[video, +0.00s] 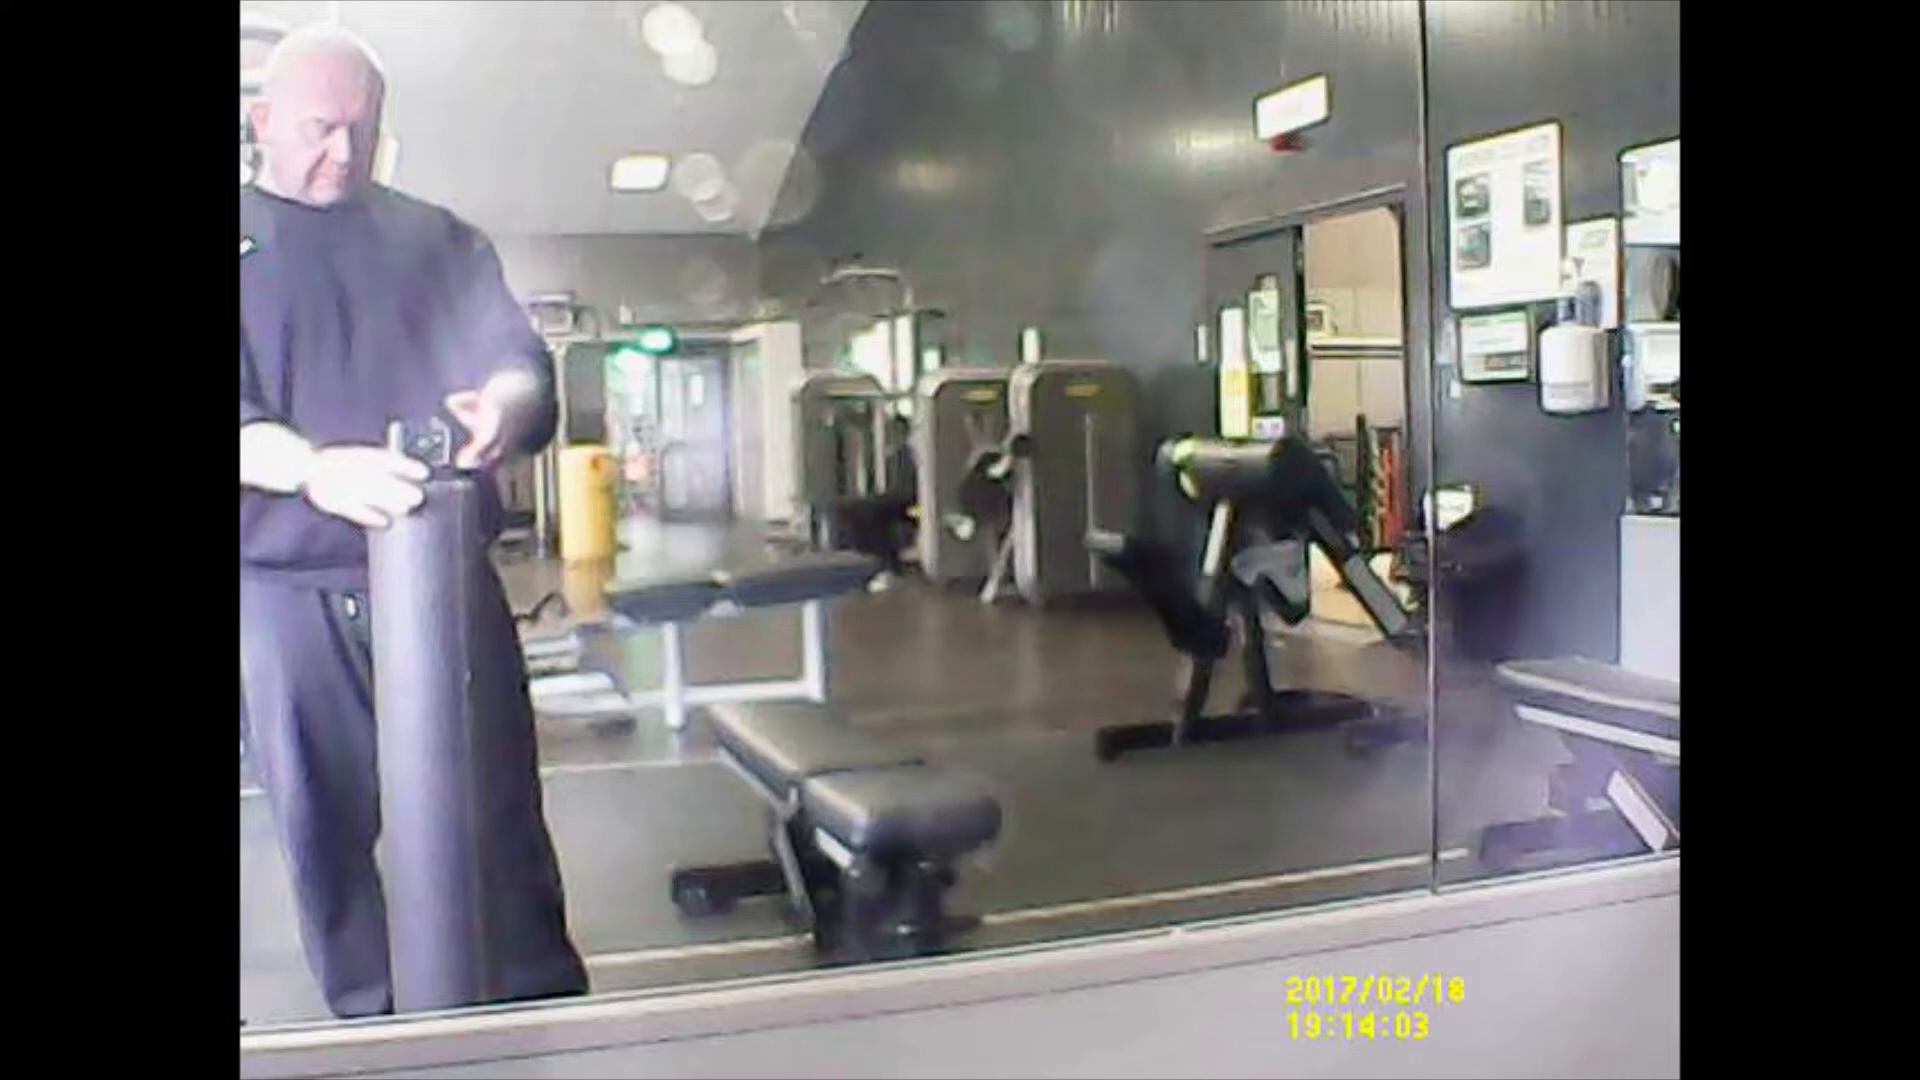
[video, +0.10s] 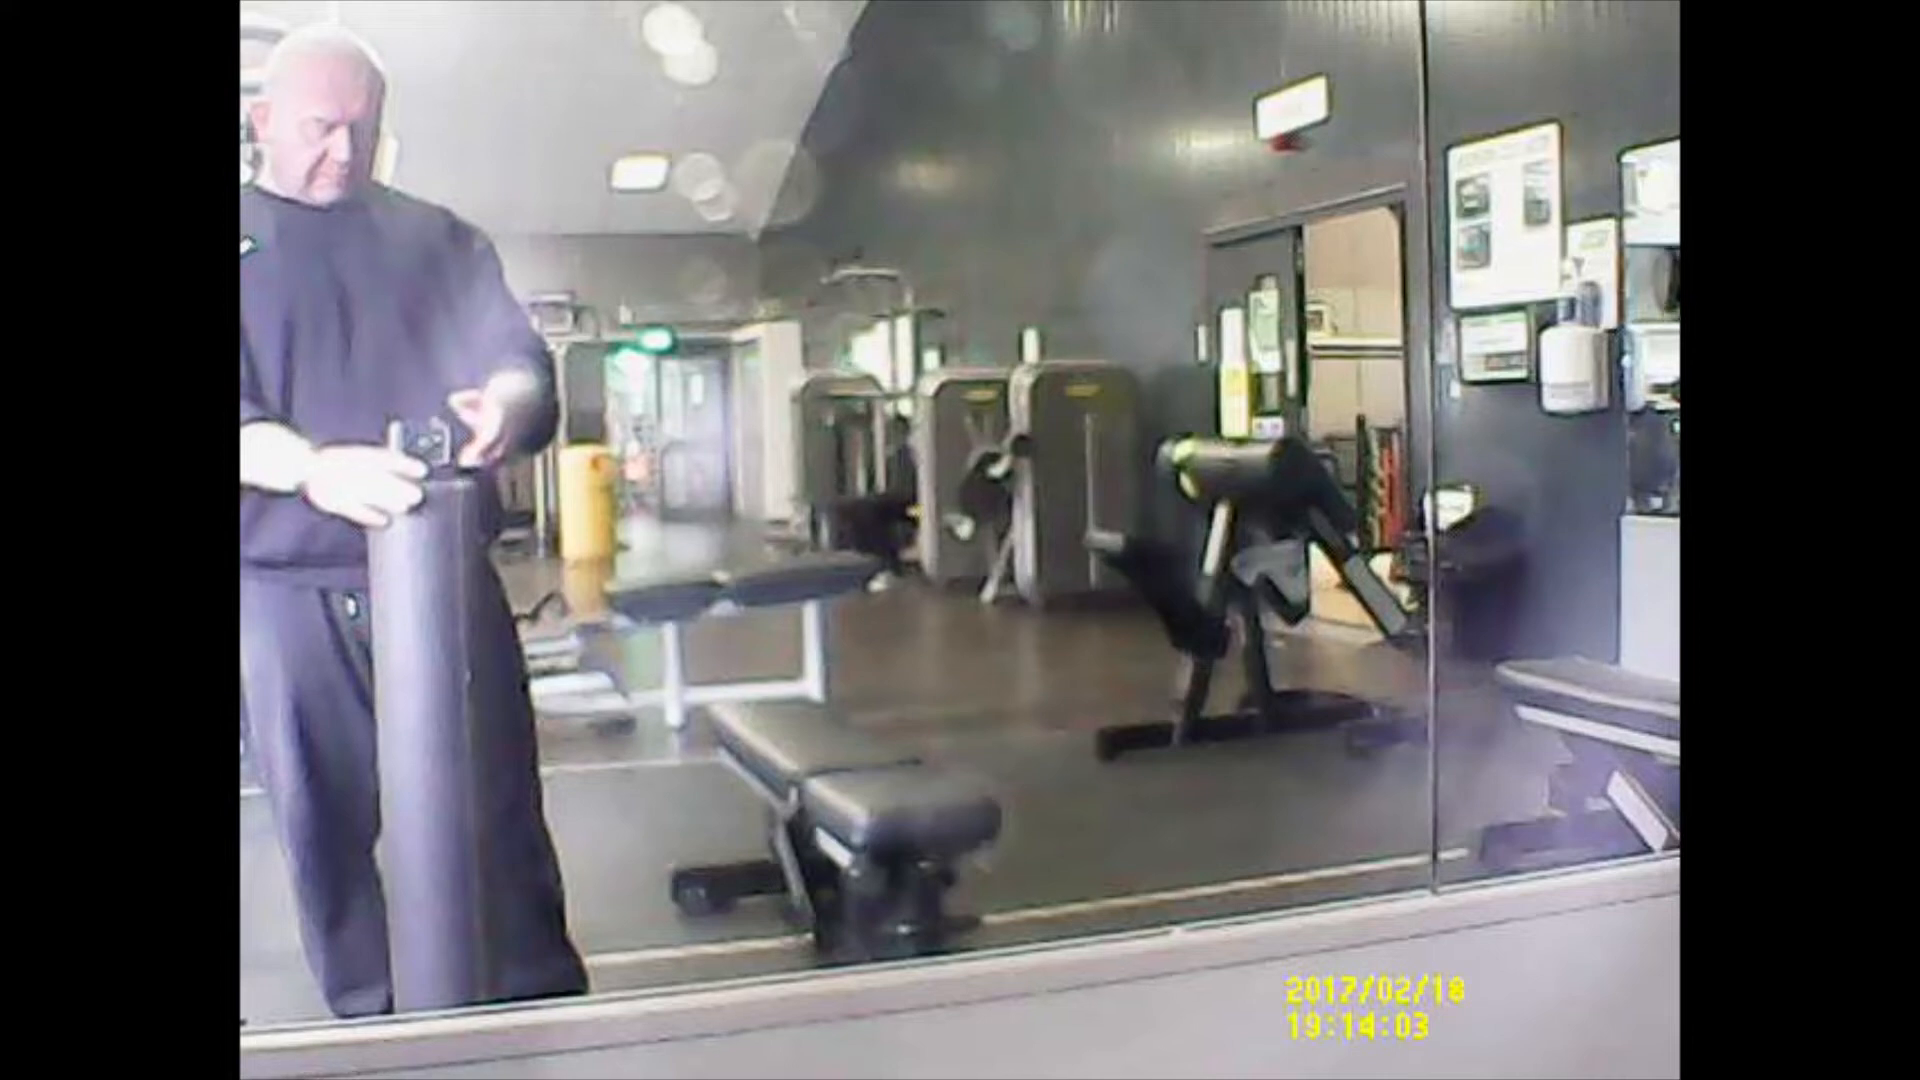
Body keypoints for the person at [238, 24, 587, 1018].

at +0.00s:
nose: (343, 153)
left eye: (361, 129)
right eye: (321, 128)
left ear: (381, 124)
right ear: (262, 121)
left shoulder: (441, 238)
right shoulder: (244, 247)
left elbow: (524, 366)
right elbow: (240, 425)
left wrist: (507, 411)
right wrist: (313, 467)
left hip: (451, 576)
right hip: (293, 591)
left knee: (500, 816)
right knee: (324, 837)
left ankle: (546, 1026)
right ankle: (372, 1035)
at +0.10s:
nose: (344, 152)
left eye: (362, 128)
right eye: (321, 127)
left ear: (382, 123)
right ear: (262, 120)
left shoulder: (441, 238)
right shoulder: (245, 246)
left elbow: (524, 366)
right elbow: (239, 425)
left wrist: (511, 412)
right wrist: (312, 466)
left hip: (451, 576)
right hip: (293, 591)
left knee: (500, 816)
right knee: (324, 837)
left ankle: (546, 1026)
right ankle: (372, 1035)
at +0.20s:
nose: (344, 148)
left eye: (363, 125)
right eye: (320, 125)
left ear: (384, 122)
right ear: (263, 121)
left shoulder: (444, 237)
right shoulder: (246, 248)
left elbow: (526, 363)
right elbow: (235, 428)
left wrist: (527, 406)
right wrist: (300, 467)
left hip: (452, 570)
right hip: (292, 586)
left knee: (500, 813)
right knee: (325, 835)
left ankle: (546, 1024)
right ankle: (371, 1034)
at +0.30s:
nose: (344, 145)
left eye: (363, 122)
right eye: (320, 122)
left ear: (385, 118)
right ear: (265, 117)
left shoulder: (447, 233)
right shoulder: (247, 241)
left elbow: (520, 355)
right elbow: (232, 420)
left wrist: (533, 422)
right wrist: (276, 478)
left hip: (453, 559)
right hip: (295, 575)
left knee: (500, 797)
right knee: (326, 816)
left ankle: (546, 1017)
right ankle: (371, 1028)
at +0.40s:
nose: (347, 142)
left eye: (365, 119)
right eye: (323, 119)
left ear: (386, 116)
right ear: (267, 115)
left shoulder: (446, 231)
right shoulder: (247, 240)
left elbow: (521, 361)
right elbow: (235, 422)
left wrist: (565, 465)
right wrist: (245, 520)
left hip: (456, 560)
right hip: (305, 569)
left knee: (501, 786)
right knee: (334, 801)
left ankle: (543, 1009)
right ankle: (368, 1016)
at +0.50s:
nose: (347, 141)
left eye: (365, 118)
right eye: (324, 118)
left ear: (387, 114)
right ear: (268, 115)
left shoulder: (448, 230)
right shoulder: (247, 237)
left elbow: (527, 369)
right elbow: (238, 418)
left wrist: (574, 484)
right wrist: (242, 527)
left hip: (458, 562)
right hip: (305, 572)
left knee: (502, 789)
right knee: (337, 806)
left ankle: (542, 1008)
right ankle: (367, 1015)